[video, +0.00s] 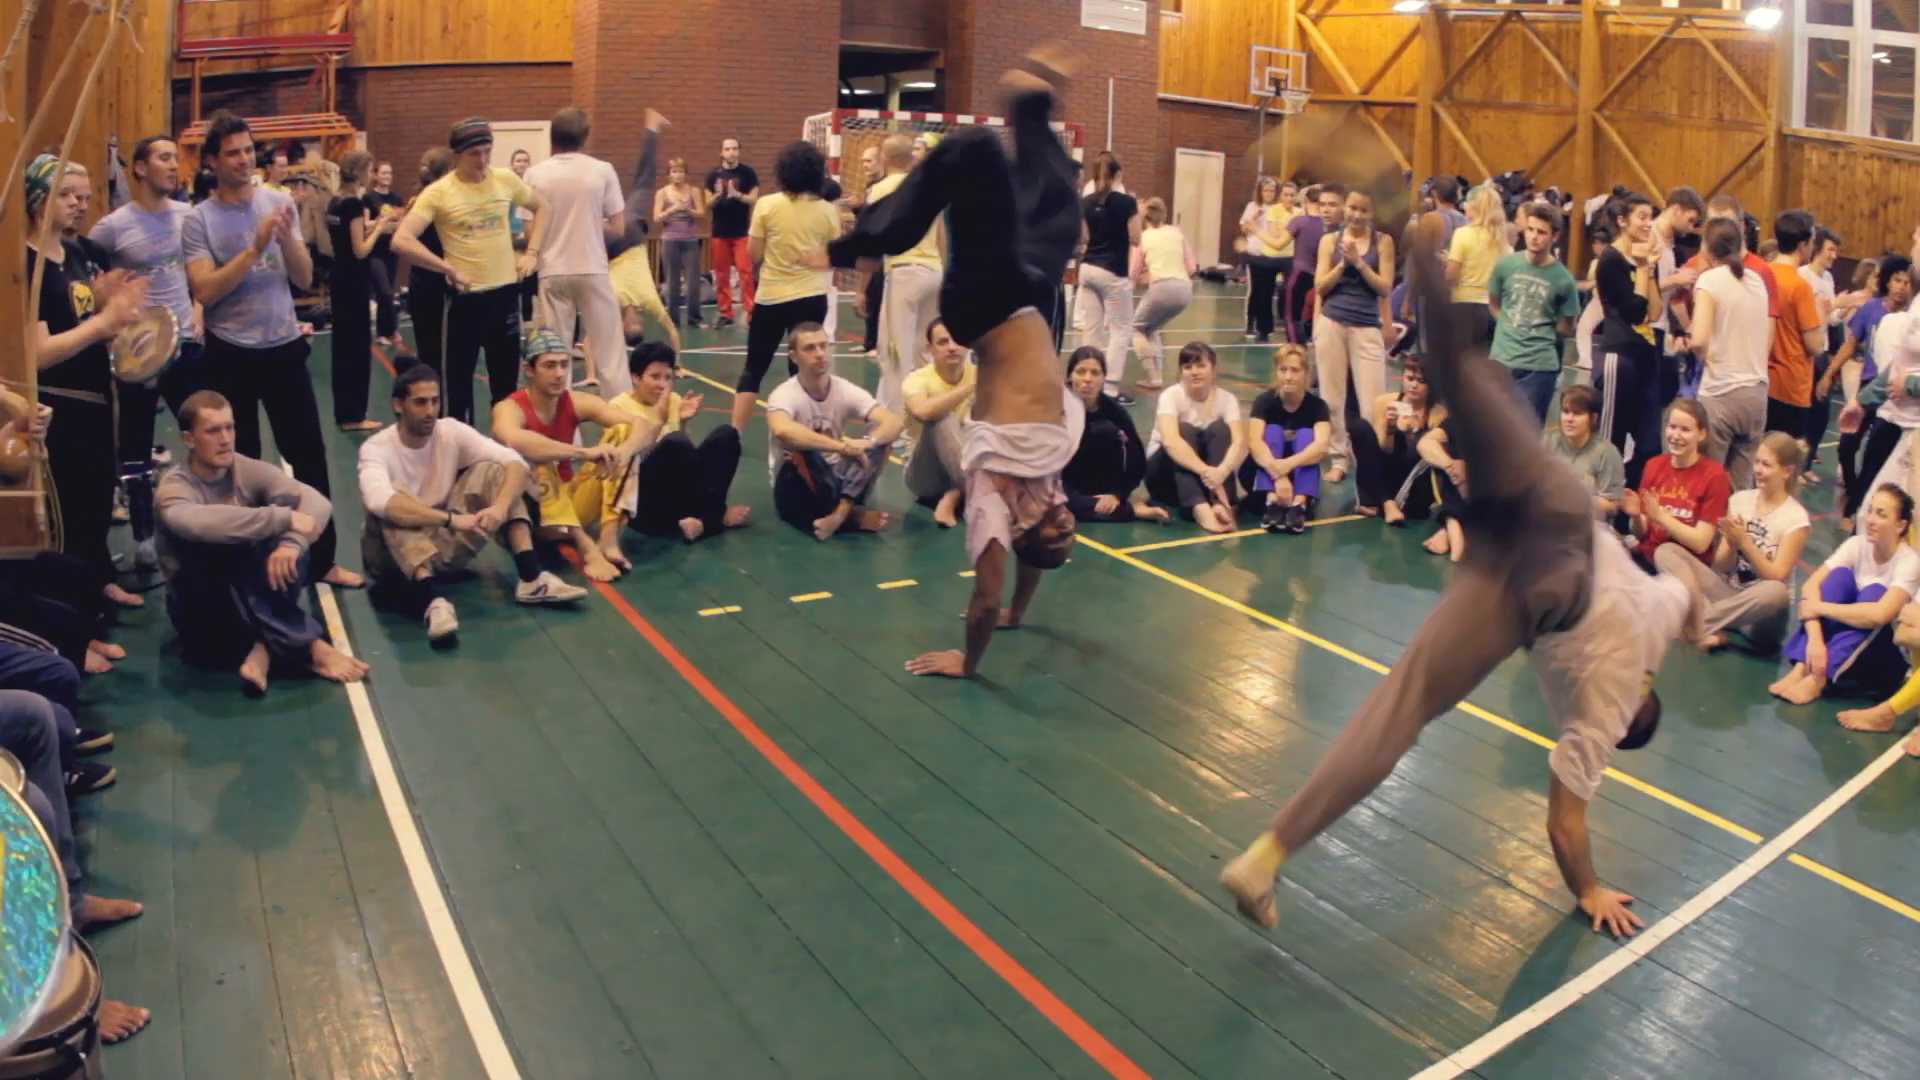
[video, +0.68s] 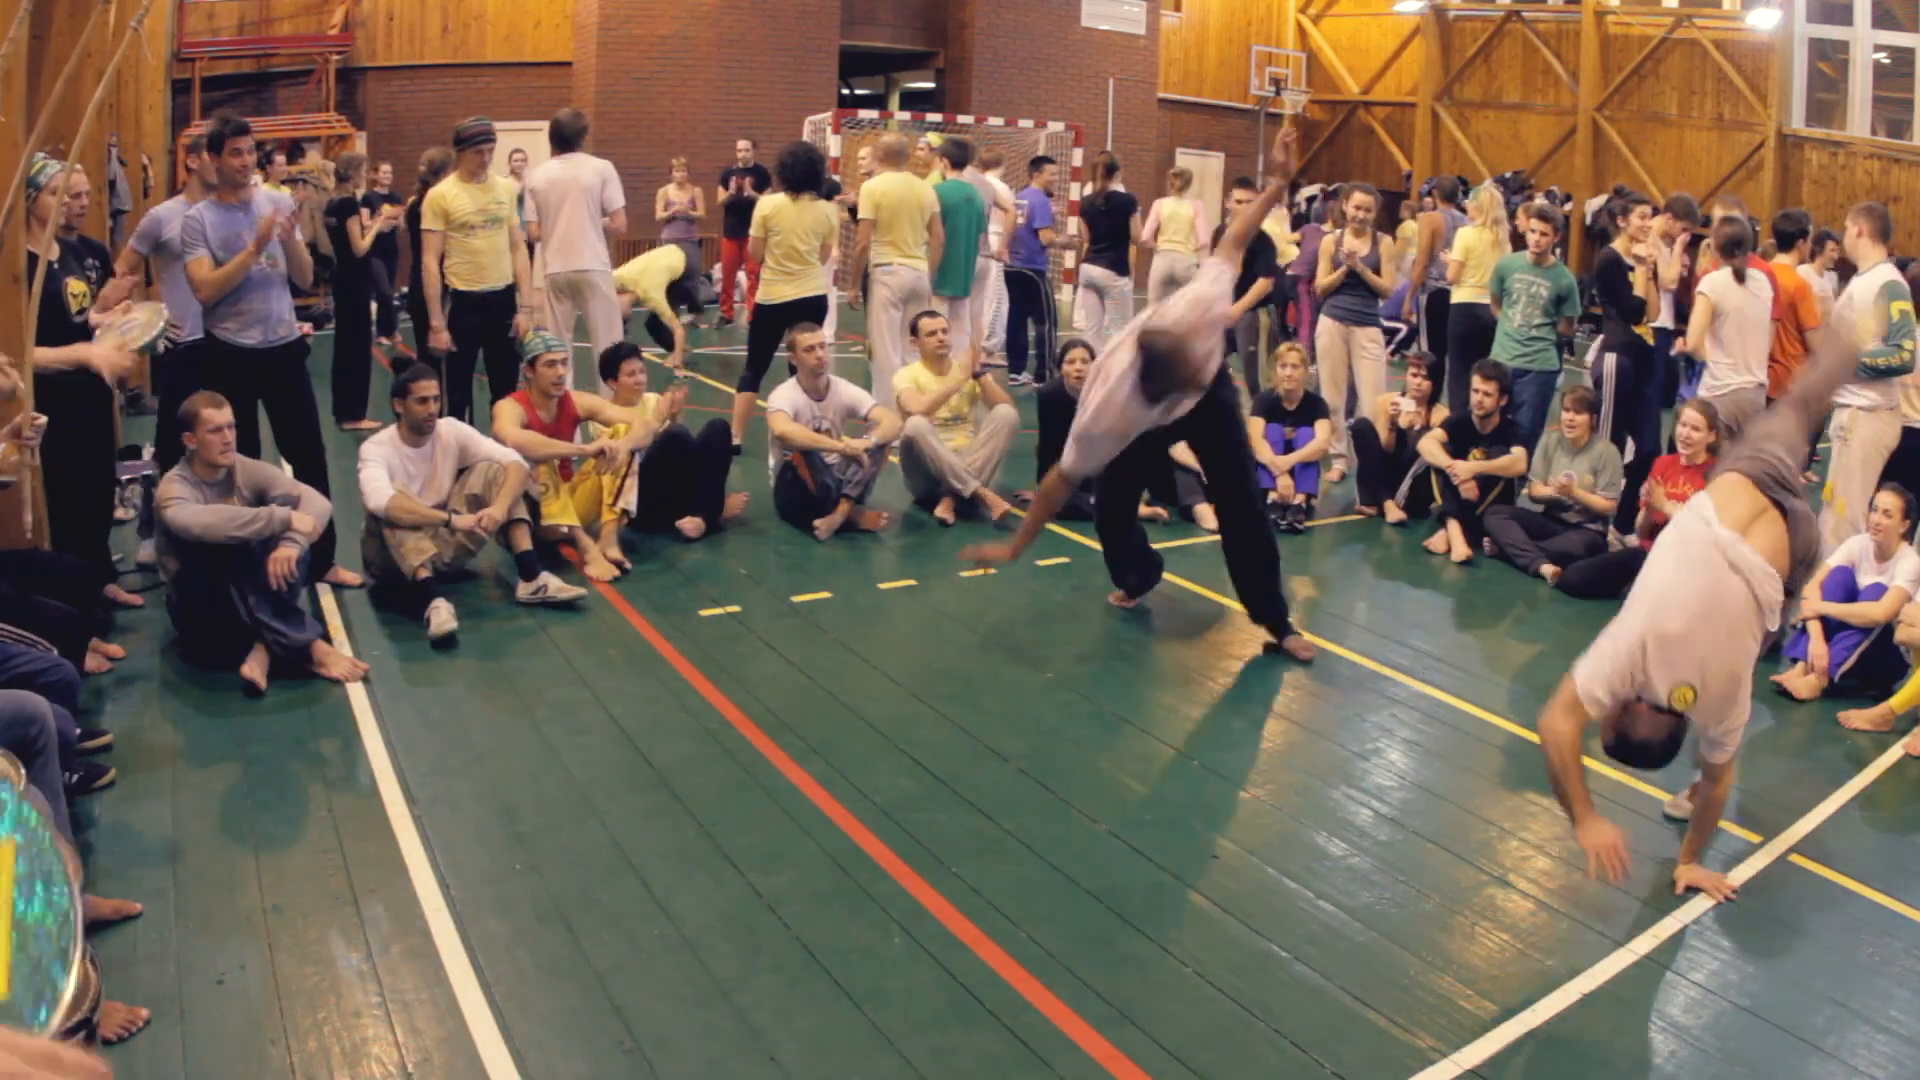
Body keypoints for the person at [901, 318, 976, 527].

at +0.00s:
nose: (952, 348)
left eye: (957, 340)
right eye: (943, 342)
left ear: (967, 344)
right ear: (931, 348)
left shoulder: (978, 375)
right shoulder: (916, 380)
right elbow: (923, 412)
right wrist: (970, 387)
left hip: (971, 470)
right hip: (927, 479)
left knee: (979, 424)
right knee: (943, 422)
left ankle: (954, 495)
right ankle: (979, 493)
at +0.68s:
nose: (941, 338)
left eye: (945, 332)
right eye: (931, 334)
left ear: (950, 335)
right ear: (916, 342)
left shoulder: (966, 369)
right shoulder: (905, 376)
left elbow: (1007, 408)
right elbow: (917, 409)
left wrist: (981, 374)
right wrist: (961, 379)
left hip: (970, 471)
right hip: (927, 475)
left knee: (1006, 414)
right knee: (916, 424)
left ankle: (952, 497)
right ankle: (982, 493)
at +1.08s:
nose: (950, 343)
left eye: (953, 336)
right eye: (940, 338)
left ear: (959, 340)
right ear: (924, 346)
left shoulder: (973, 375)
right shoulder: (912, 382)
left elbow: (1008, 426)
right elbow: (927, 429)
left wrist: (989, 376)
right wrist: (961, 385)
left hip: (972, 468)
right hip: (932, 471)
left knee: (1030, 437)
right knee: (916, 444)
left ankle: (955, 500)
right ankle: (990, 501)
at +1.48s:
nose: (975, 348)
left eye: (973, 342)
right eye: (969, 342)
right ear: (947, 346)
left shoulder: (979, 378)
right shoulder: (915, 384)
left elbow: (1004, 431)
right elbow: (927, 440)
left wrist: (994, 384)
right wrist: (944, 390)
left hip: (974, 466)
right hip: (935, 468)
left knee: (1028, 440)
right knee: (911, 447)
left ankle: (953, 500)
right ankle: (986, 502)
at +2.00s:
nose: (981, 347)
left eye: (978, 341)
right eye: (974, 342)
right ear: (953, 348)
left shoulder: (986, 380)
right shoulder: (918, 386)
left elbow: (1005, 435)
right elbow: (937, 443)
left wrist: (985, 389)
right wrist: (970, 403)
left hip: (973, 464)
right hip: (935, 465)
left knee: (1031, 446)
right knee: (907, 459)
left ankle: (955, 503)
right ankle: (984, 506)